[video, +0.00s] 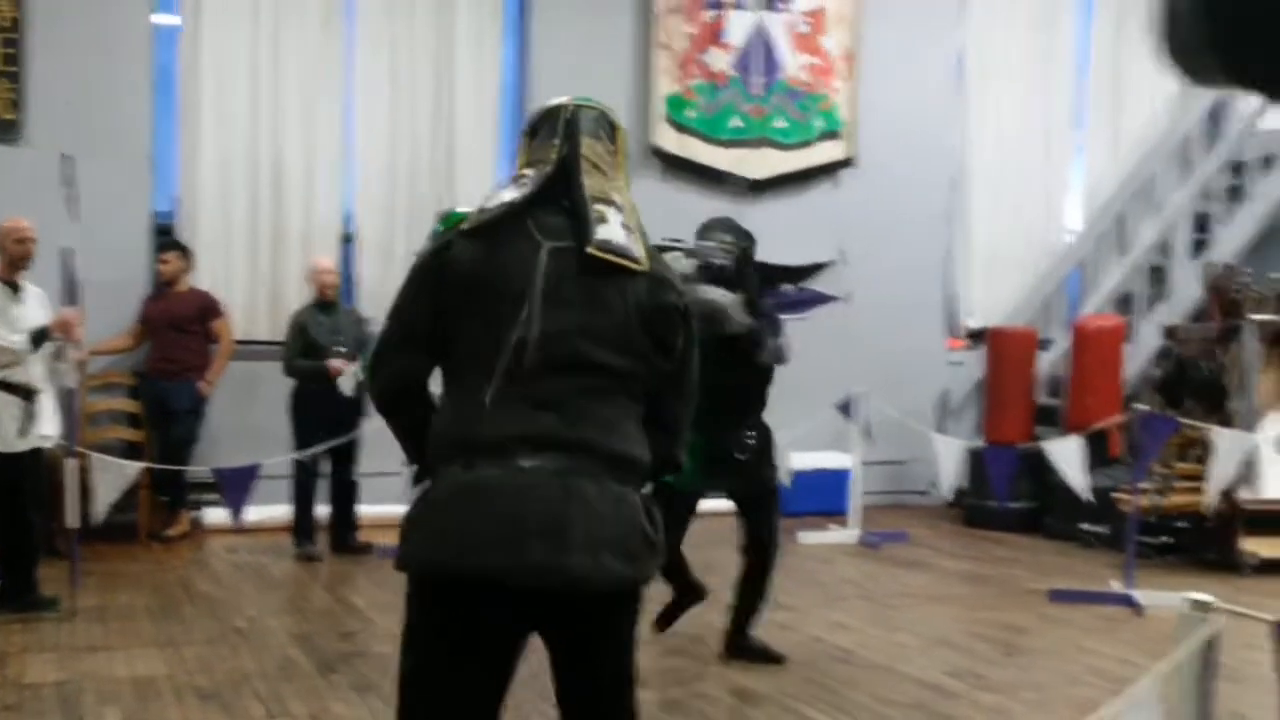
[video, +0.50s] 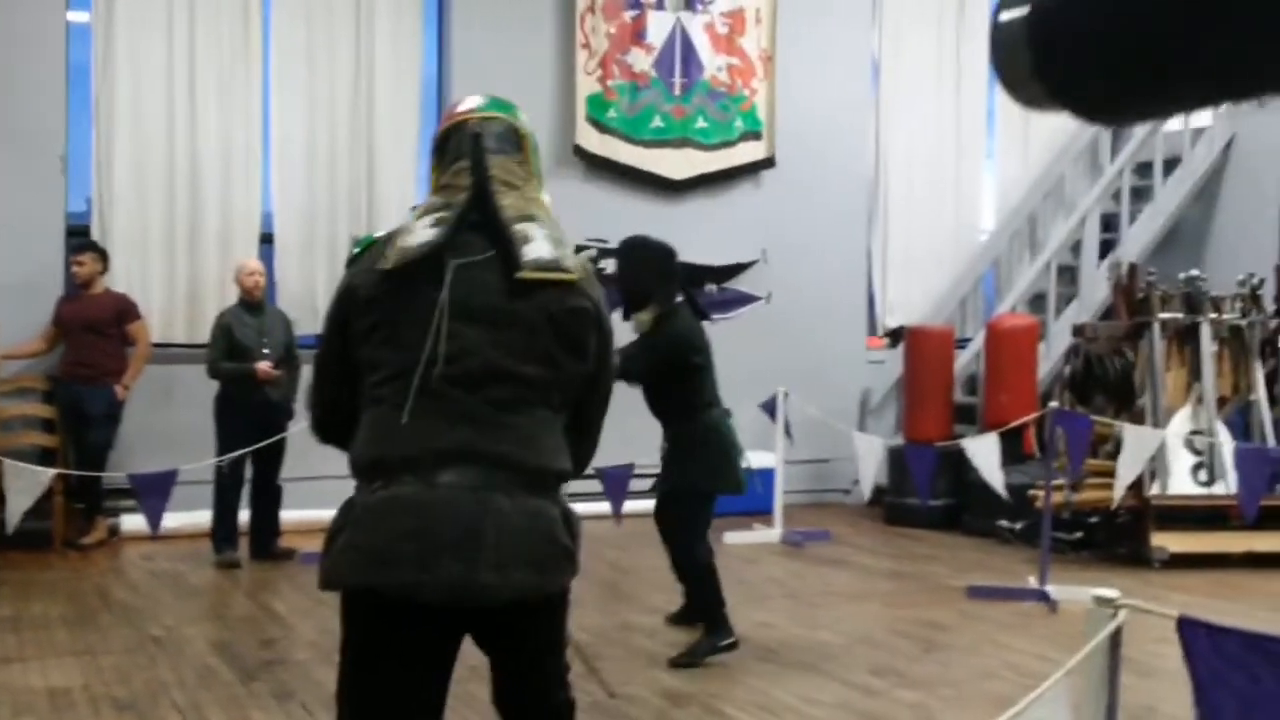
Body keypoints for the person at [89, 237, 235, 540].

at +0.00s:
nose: (161, 267)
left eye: (167, 262)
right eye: (159, 262)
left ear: (185, 265)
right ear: (158, 266)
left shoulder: (202, 301)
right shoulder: (154, 301)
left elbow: (226, 341)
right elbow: (133, 339)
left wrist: (209, 381)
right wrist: (91, 351)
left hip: (187, 384)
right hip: (155, 383)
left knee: (177, 448)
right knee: (159, 450)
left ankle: (179, 514)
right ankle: (165, 512)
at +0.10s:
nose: (143, 267)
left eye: (149, 262)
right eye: (141, 262)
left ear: (167, 265)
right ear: (139, 266)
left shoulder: (185, 301)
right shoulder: (135, 301)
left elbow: (209, 341)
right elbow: (114, 339)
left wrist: (192, 381)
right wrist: (72, 351)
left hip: (169, 384)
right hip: (135, 382)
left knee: (159, 448)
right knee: (140, 449)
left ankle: (162, 514)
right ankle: (147, 512)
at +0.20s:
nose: (118, 267)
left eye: (125, 261)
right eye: (116, 262)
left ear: (144, 264)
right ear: (115, 265)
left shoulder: (162, 300)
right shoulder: (110, 301)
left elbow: (186, 341)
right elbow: (88, 339)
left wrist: (168, 380)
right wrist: (46, 351)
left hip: (146, 384)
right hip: (112, 382)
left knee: (136, 449)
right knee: (119, 449)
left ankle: (139, 515)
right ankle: (130, 514)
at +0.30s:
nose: (105, 267)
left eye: (112, 261)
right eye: (103, 262)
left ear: (130, 264)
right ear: (102, 265)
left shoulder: (148, 301)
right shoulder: (98, 301)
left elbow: (174, 340)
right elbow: (76, 340)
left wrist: (156, 381)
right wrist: (33, 353)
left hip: (134, 385)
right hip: (100, 384)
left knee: (124, 451)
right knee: (107, 451)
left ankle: (129, 517)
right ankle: (121, 515)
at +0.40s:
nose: (92, 268)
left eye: (99, 263)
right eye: (91, 263)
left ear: (117, 265)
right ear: (90, 266)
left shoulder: (135, 302)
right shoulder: (84, 302)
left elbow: (161, 343)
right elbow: (62, 342)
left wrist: (143, 383)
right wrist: (20, 354)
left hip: (121, 387)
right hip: (86, 385)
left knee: (110, 453)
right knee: (93, 452)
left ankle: (114, 519)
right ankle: (108, 518)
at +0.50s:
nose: (75, 269)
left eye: (82, 263)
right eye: (73, 264)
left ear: (101, 266)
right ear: (72, 268)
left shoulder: (119, 303)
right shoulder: (67, 304)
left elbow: (144, 344)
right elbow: (45, 343)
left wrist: (126, 384)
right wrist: (5, 354)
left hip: (104, 389)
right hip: (69, 387)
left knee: (93, 454)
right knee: (77, 455)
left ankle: (97, 521)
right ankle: (86, 520)